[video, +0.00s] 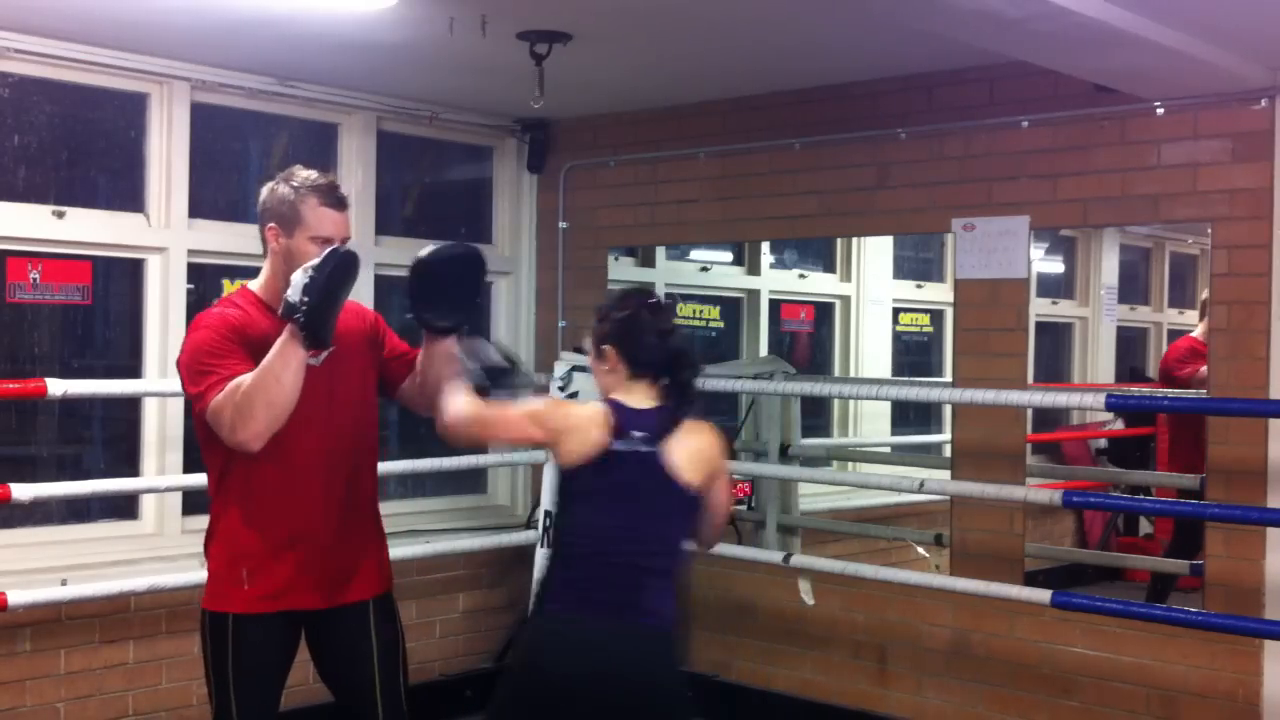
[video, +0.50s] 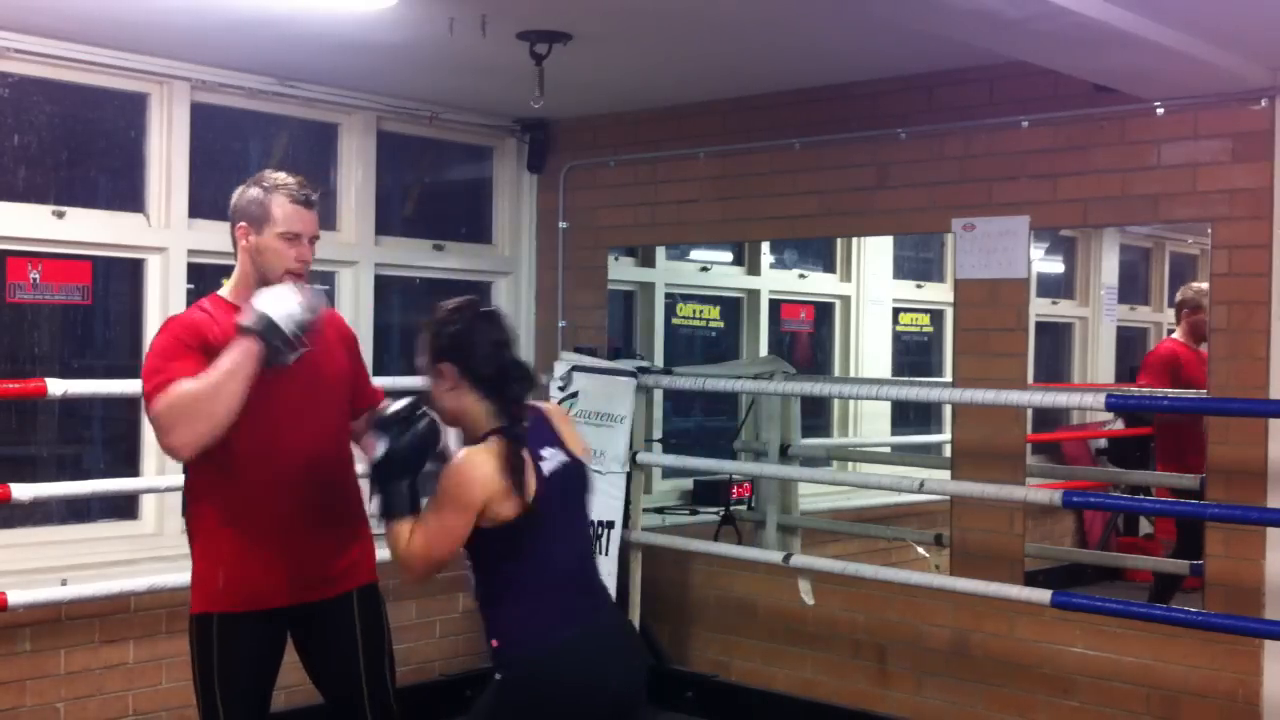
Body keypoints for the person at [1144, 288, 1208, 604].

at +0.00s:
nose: (1226, 323)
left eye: (1227, 316)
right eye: (1224, 316)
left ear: (1206, 313)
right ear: (1211, 315)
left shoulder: (1215, 351)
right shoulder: (1182, 351)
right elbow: (1210, 379)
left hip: (1213, 463)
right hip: (1191, 463)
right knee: (1186, 539)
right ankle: (1153, 607)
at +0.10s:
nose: (1221, 323)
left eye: (1222, 317)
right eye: (1219, 316)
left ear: (1206, 314)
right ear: (1205, 314)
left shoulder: (1207, 353)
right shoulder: (1177, 351)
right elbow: (1203, 376)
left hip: (1209, 464)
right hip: (1188, 466)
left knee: (1196, 539)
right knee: (1186, 541)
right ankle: (1153, 608)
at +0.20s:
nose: (1218, 322)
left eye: (1217, 316)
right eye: (1215, 316)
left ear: (1202, 315)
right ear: (1201, 314)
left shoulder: (1208, 353)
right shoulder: (1170, 351)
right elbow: (1188, 376)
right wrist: (1225, 353)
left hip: (1213, 462)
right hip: (1186, 463)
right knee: (1188, 540)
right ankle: (1154, 606)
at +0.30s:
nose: (1217, 320)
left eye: (1217, 313)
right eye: (1213, 313)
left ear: (1201, 314)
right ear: (1197, 313)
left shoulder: (1208, 353)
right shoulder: (1170, 351)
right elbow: (1181, 382)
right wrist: (1214, 356)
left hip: (1211, 462)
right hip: (1184, 463)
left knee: (1204, 540)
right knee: (1188, 541)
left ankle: (1214, 614)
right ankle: (1154, 607)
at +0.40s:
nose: (1214, 320)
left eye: (1214, 313)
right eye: (1210, 313)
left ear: (1198, 314)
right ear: (1192, 312)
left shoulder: (1206, 353)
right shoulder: (1165, 352)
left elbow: (1213, 389)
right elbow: (1164, 394)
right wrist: (1205, 374)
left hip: (1207, 458)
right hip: (1181, 460)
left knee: (1203, 539)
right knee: (1189, 540)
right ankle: (1155, 605)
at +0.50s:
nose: (1213, 320)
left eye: (1213, 313)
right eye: (1208, 313)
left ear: (1194, 315)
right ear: (1188, 313)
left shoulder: (1204, 357)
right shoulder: (1164, 355)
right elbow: (1145, 406)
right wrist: (1196, 410)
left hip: (1205, 463)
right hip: (1179, 466)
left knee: (1199, 541)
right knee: (1188, 543)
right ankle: (1156, 607)